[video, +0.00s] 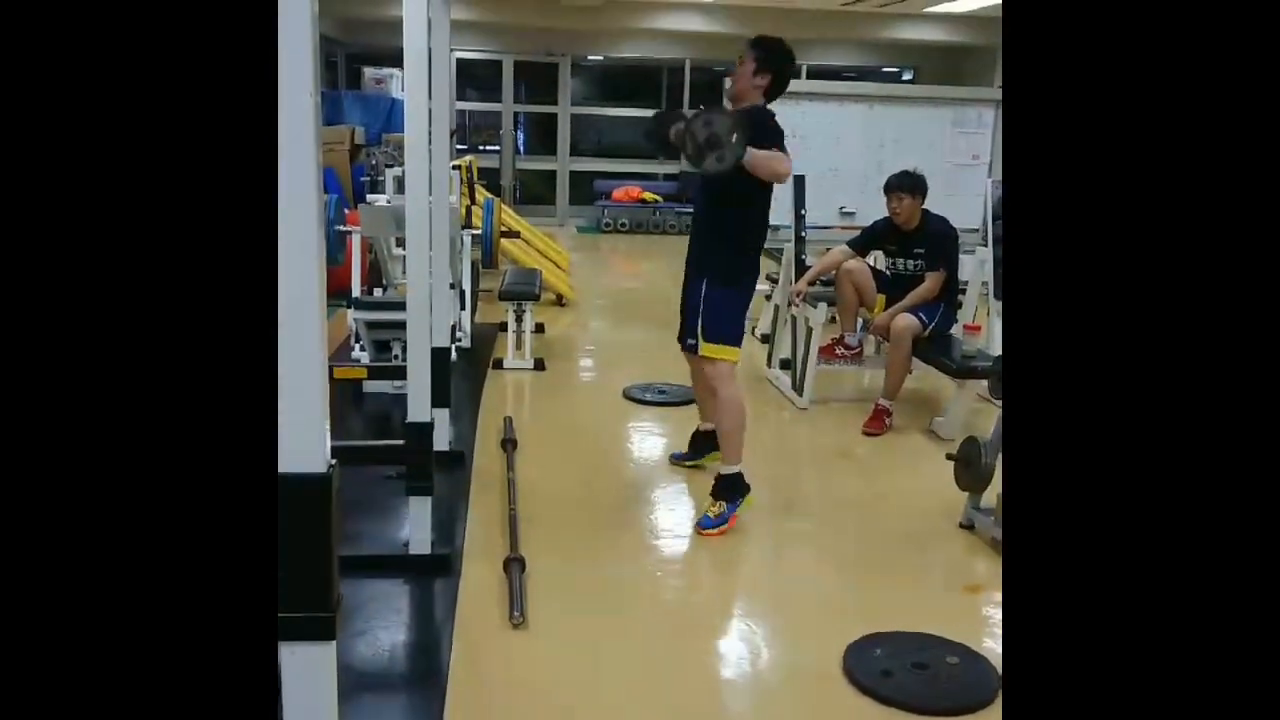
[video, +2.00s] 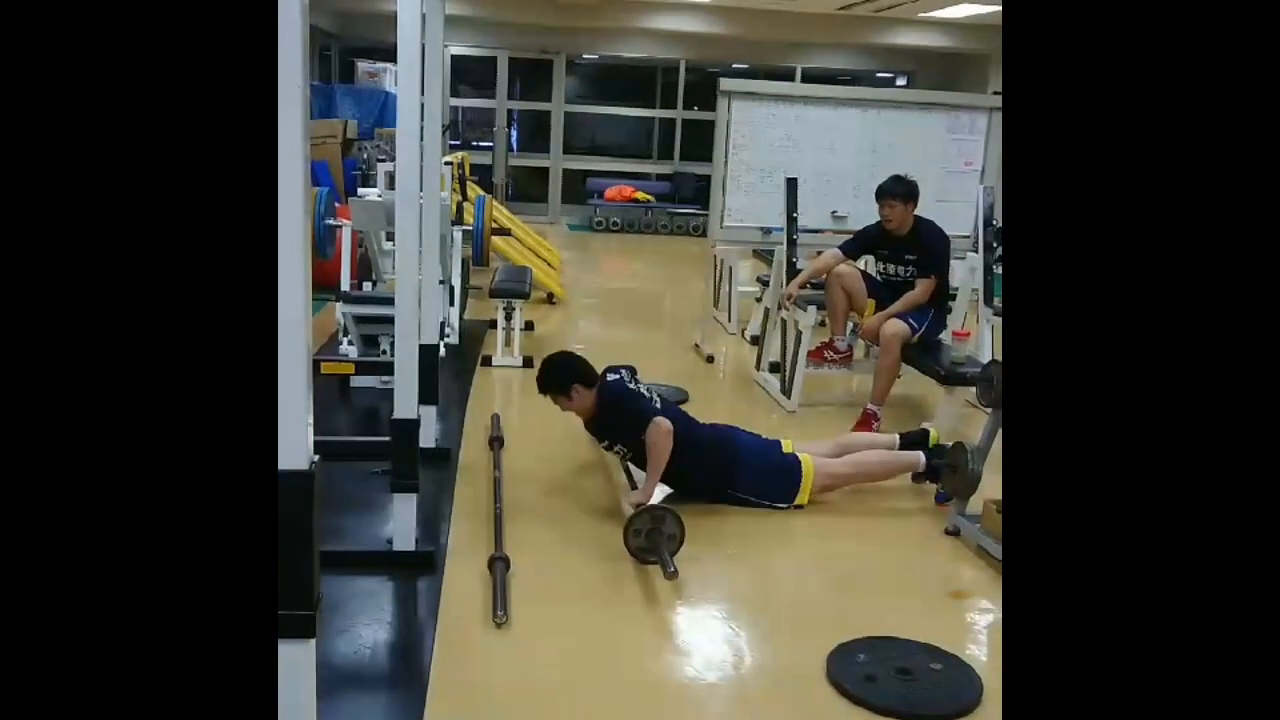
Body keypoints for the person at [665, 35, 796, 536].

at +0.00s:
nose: (731, 72)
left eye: (740, 67)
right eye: (736, 65)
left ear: (762, 78)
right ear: (754, 77)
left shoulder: (763, 123)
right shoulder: (731, 121)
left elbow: (781, 169)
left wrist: (730, 147)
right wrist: (688, 136)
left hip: (731, 263)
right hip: (704, 257)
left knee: (718, 367)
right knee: (694, 350)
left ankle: (733, 481)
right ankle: (709, 431)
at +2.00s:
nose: (562, 408)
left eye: (561, 401)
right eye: (557, 402)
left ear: (577, 389)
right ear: (576, 385)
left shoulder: (616, 399)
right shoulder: (600, 394)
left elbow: (661, 428)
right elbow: (647, 418)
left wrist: (647, 489)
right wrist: (636, 459)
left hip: (730, 465)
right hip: (727, 445)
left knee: (828, 477)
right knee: (822, 453)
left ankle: (931, 461)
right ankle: (914, 439)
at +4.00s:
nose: (713, 118)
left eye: (724, 111)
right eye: (714, 112)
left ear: (743, 127)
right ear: (716, 125)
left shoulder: (739, 173)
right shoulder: (711, 167)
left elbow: (737, 100)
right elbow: (710, 104)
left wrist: (744, 36)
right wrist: (706, 58)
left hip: (709, 311)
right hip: (683, 306)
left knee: (704, 421)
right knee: (676, 399)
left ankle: (736, 532)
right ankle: (701, 478)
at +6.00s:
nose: (564, 464)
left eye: (561, 457)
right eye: (558, 458)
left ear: (576, 446)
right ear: (579, 433)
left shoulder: (616, 445)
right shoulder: (608, 427)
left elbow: (663, 468)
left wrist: (649, 531)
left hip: (743, 486)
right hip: (736, 471)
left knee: (837, 498)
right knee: (830, 486)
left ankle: (935, 494)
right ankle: (916, 479)